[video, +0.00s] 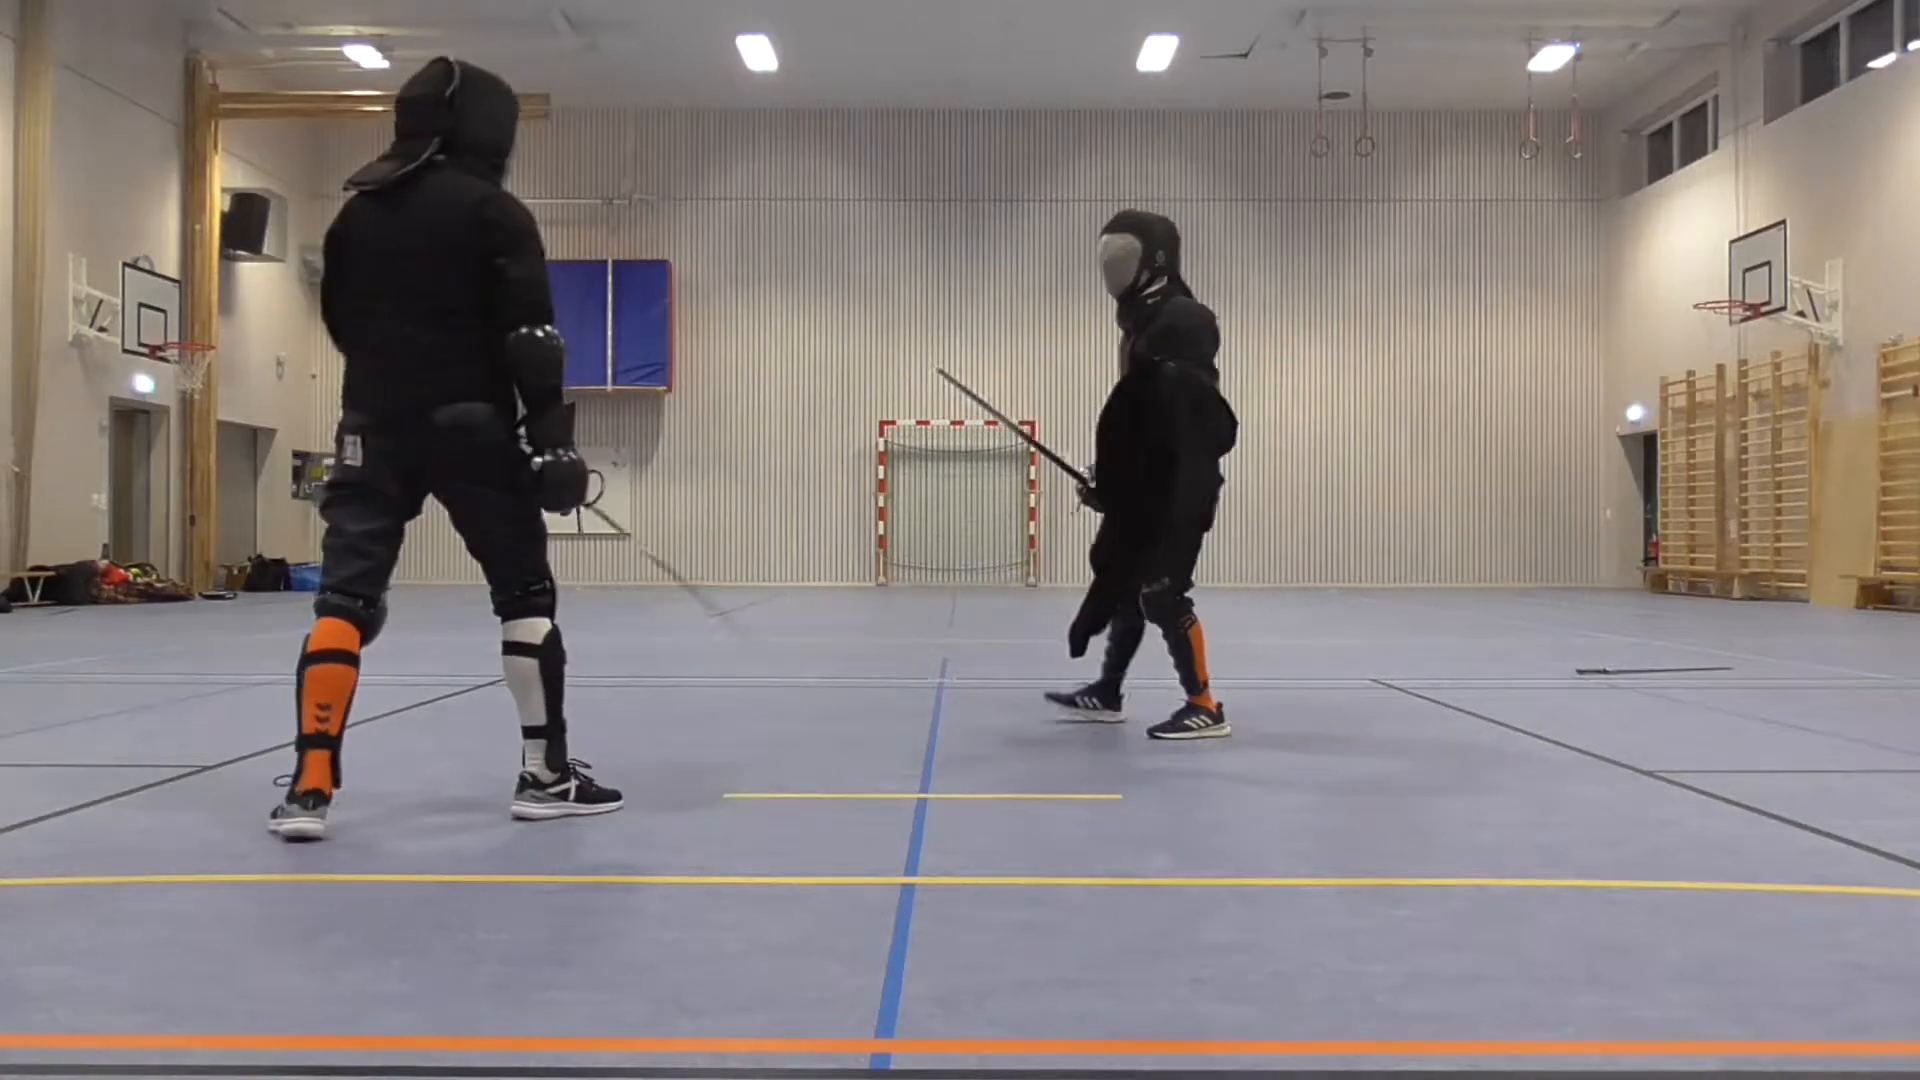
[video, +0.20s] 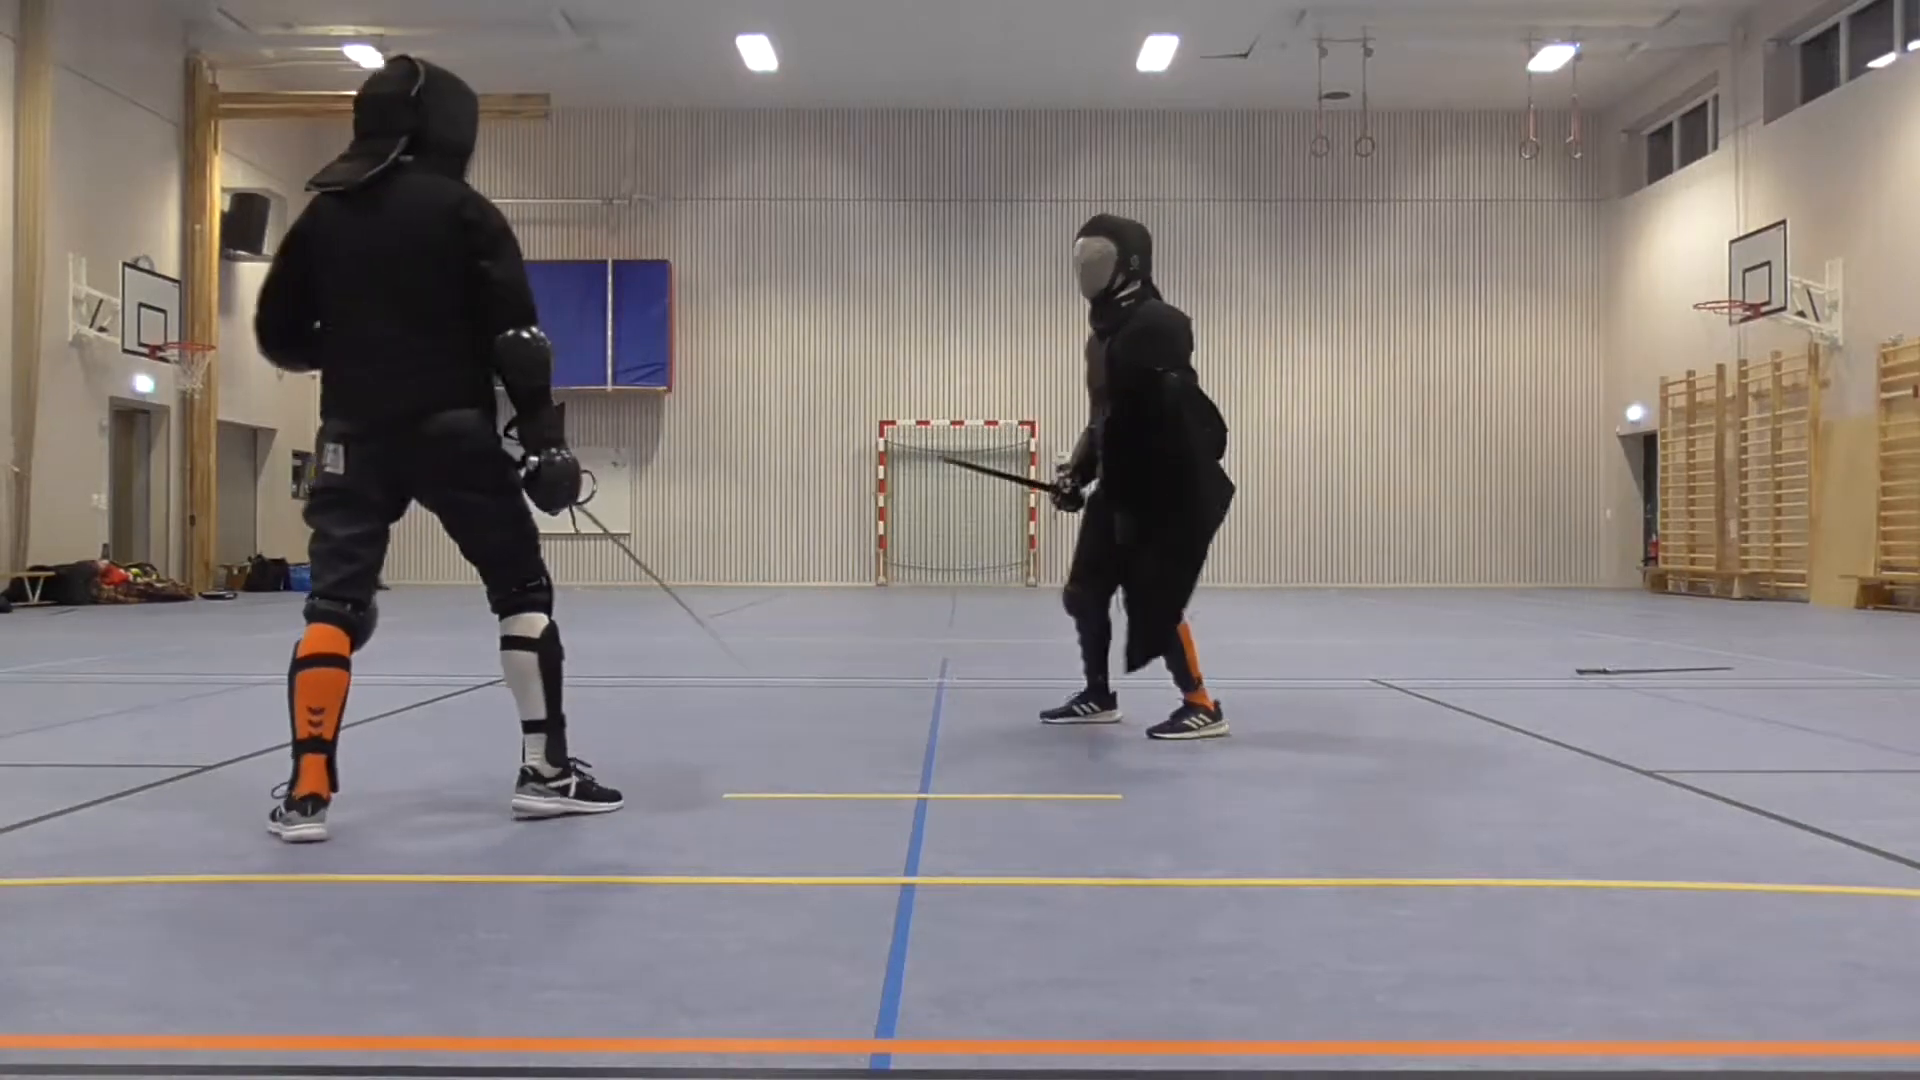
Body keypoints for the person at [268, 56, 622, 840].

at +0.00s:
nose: (507, 145)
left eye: (507, 131)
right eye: (502, 131)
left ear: (417, 124)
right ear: (481, 129)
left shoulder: (362, 206)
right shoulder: (495, 213)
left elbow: (339, 314)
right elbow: (531, 343)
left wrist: (395, 367)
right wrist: (556, 442)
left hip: (371, 430)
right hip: (475, 430)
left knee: (345, 594)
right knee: (523, 590)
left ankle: (310, 785)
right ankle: (545, 767)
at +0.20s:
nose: (470, 142)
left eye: (466, 129)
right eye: (465, 129)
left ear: (376, 127)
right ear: (445, 129)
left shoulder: (326, 213)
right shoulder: (465, 213)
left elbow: (279, 336)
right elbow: (518, 342)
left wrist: (361, 344)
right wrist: (548, 441)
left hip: (351, 442)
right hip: (457, 437)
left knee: (334, 600)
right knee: (520, 589)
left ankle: (308, 789)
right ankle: (545, 762)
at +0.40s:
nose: (453, 144)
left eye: (449, 130)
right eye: (448, 131)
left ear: (360, 128)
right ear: (429, 130)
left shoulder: (305, 214)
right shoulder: (446, 212)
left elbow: (252, 335)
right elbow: (503, 339)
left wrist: (316, 389)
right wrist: (535, 432)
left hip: (338, 437)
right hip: (442, 433)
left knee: (326, 601)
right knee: (512, 574)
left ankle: (309, 789)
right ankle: (546, 752)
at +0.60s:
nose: (467, 149)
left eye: (464, 136)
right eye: (463, 136)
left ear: (373, 132)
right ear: (443, 134)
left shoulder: (319, 220)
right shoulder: (457, 217)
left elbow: (289, 358)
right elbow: (514, 342)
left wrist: (361, 382)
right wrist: (548, 430)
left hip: (349, 444)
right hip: (451, 441)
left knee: (333, 602)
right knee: (512, 588)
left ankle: (309, 790)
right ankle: (544, 759)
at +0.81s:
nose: (477, 150)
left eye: (473, 137)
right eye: (472, 138)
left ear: (386, 134)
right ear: (454, 138)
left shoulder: (331, 221)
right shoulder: (467, 219)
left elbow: (309, 331)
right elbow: (525, 334)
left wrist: (360, 390)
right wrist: (577, 408)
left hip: (356, 440)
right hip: (455, 436)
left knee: (337, 598)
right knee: (512, 586)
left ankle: (309, 787)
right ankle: (541, 760)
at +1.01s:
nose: (508, 162)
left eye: (508, 149)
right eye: (502, 148)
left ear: (418, 145)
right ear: (481, 147)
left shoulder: (366, 231)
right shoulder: (492, 226)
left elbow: (354, 330)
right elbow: (536, 345)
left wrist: (410, 385)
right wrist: (586, 426)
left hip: (384, 441)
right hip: (480, 440)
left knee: (348, 602)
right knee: (553, 580)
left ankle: (309, 789)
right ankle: (538, 749)